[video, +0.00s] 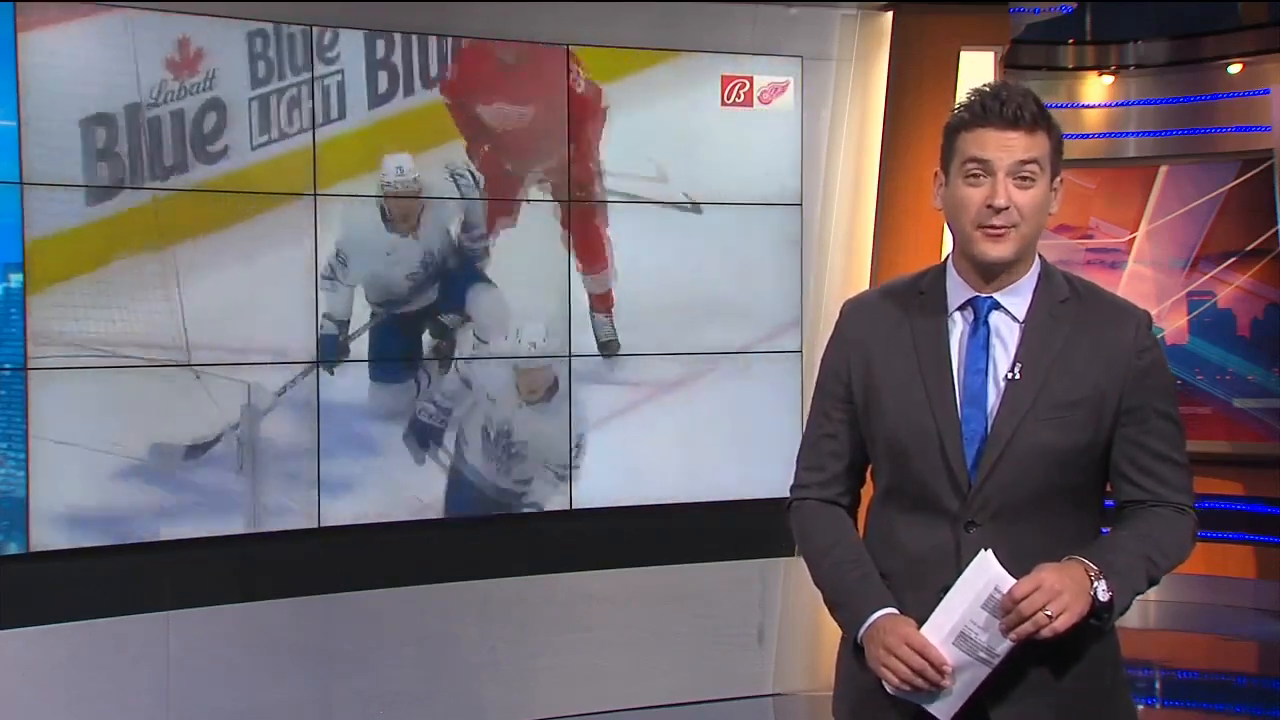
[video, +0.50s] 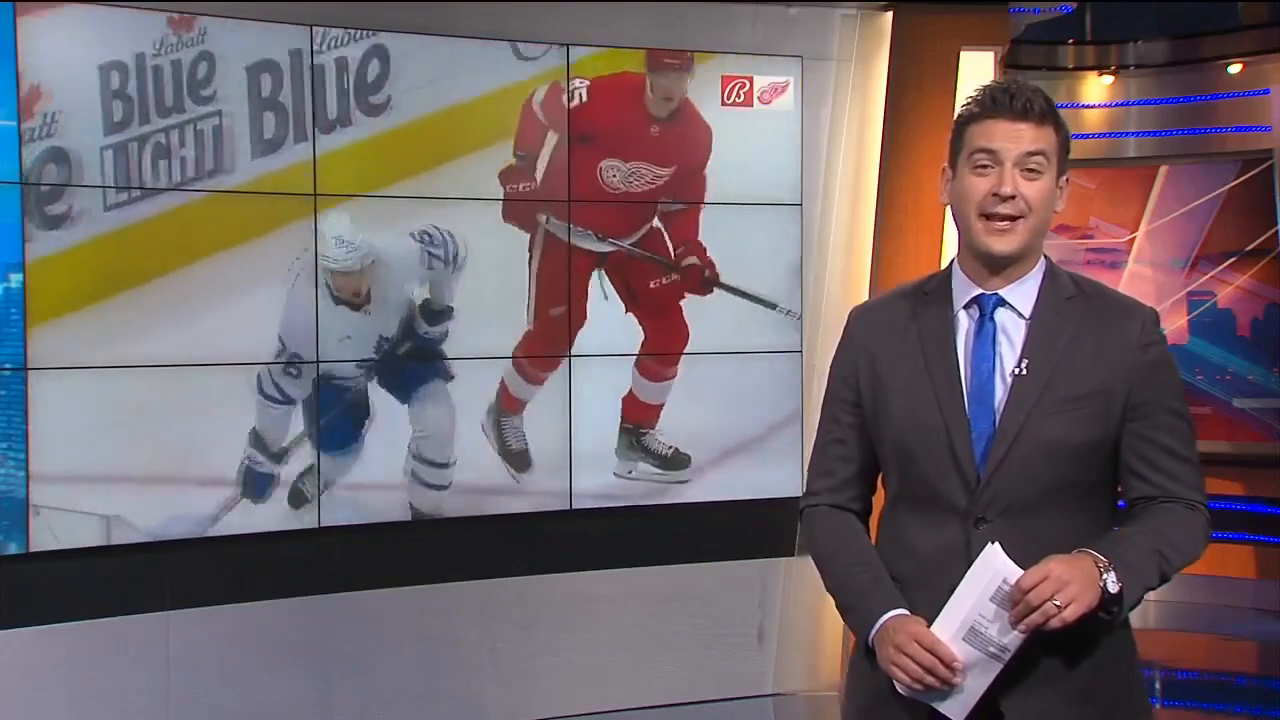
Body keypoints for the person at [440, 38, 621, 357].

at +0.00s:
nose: (509, 49)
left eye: (515, 42)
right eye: (501, 42)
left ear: (527, 40)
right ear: (491, 42)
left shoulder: (552, 58)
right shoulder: (471, 59)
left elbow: (591, 99)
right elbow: (454, 97)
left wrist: (579, 155)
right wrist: (479, 146)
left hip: (561, 148)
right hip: (503, 155)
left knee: (587, 229)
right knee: (479, 232)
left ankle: (602, 311)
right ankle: (454, 308)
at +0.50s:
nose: (669, 83)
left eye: (678, 73)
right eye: (661, 71)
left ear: (689, 75)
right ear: (647, 70)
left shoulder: (695, 136)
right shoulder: (604, 98)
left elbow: (680, 207)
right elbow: (540, 105)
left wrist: (689, 253)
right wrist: (523, 168)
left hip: (634, 236)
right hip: (565, 229)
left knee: (669, 333)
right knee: (555, 331)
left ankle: (635, 438)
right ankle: (505, 414)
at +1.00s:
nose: (554, 130)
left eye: (563, 121)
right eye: (548, 120)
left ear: (575, 121)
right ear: (537, 119)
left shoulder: (595, 160)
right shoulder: (504, 143)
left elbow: (609, 222)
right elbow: (475, 166)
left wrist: (619, 267)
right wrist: (470, 218)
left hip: (573, 254)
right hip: (510, 253)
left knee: (611, 340)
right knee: (501, 347)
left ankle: (639, 427)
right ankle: (484, 443)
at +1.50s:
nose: (506, 100)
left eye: (512, 94)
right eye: (500, 94)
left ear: (522, 91)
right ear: (492, 92)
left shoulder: (536, 118)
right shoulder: (488, 106)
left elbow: (537, 180)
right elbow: (459, 111)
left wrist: (498, 201)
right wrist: (439, 120)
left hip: (560, 191)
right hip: (519, 191)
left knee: (596, 242)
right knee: (486, 250)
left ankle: (631, 294)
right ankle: (503, 316)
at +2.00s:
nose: (457, 180)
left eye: (463, 175)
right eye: (453, 174)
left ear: (473, 172)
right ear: (447, 167)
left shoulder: (477, 190)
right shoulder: (429, 173)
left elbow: (472, 249)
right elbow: (407, 219)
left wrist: (441, 279)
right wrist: (419, 262)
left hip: (453, 226)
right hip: (417, 217)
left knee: (452, 271)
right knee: (379, 251)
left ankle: (429, 327)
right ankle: (346, 302)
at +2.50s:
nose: (595, 87)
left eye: (598, 81)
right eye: (591, 81)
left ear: (600, 80)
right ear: (578, 78)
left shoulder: (594, 108)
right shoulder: (547, 83)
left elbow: (574, 146)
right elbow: (492, 83)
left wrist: (566, 173)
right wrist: (508, 121)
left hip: (543, 165)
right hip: (512, 154)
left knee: (526, 228)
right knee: (522, 216)